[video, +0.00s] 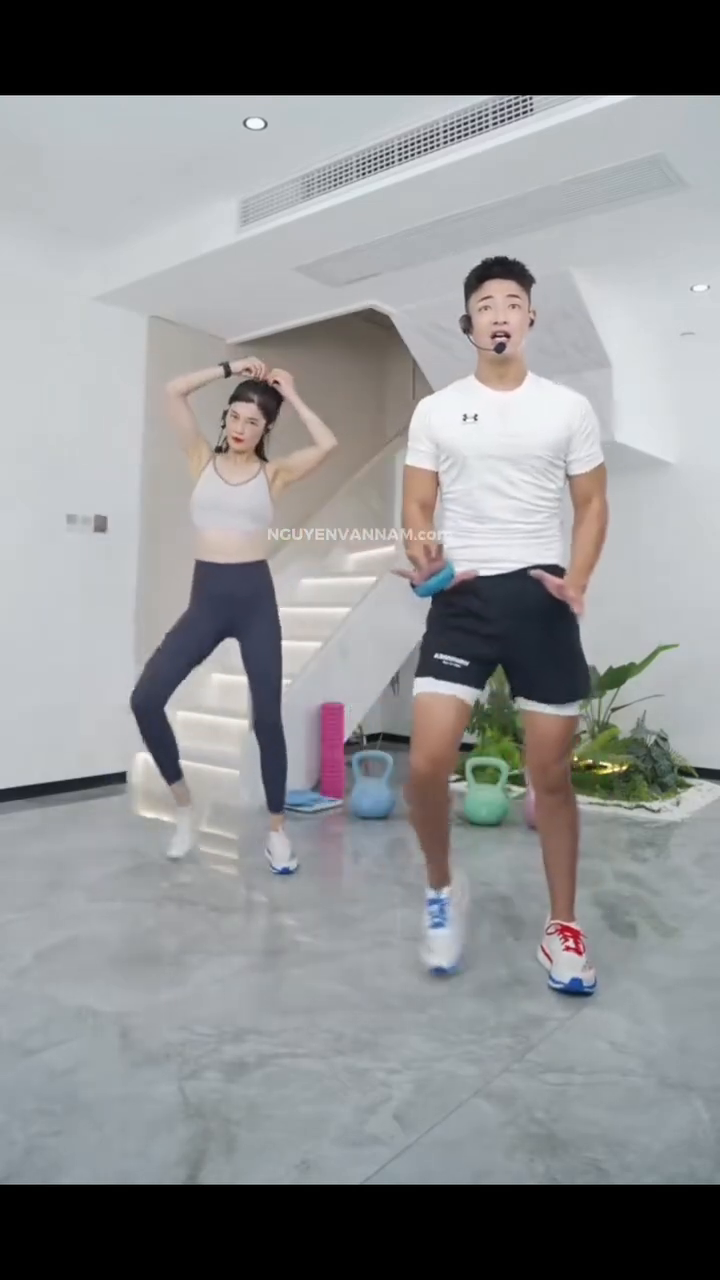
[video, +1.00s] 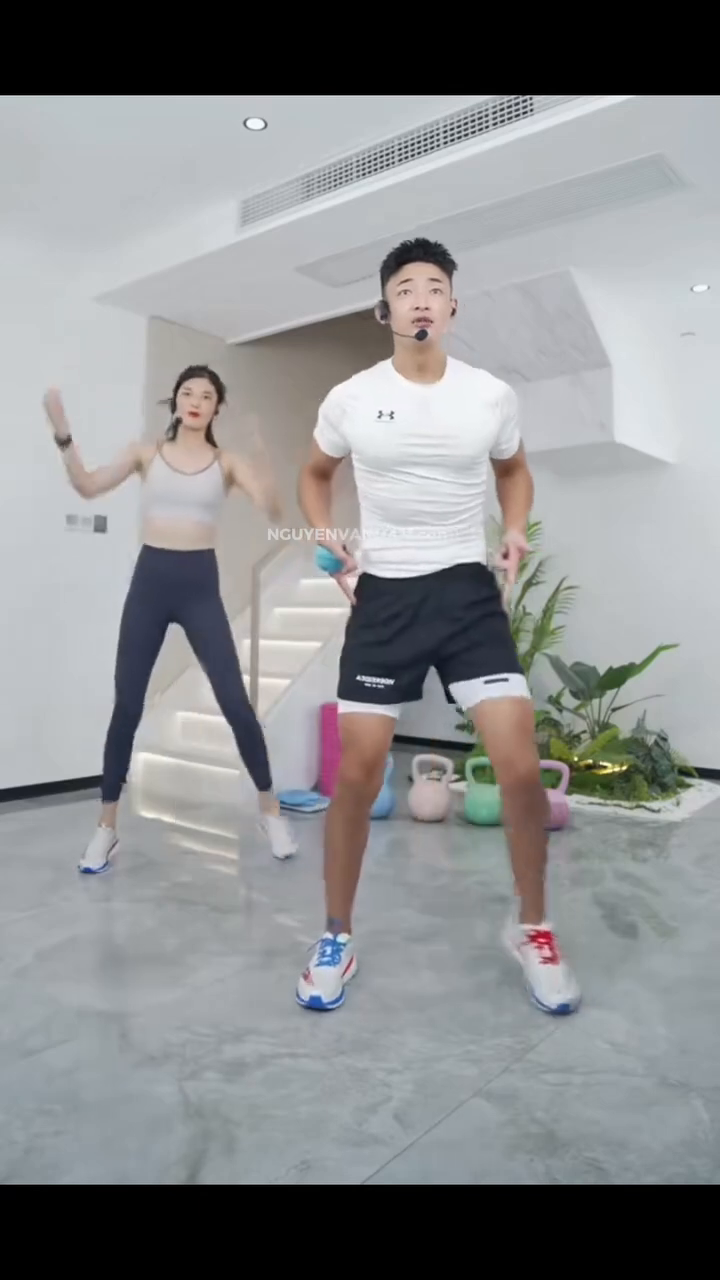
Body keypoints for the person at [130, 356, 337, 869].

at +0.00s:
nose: (241, 427)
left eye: (252, 421)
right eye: (236, 417)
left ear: (265, 429)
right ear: (226, 420)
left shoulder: (273, 474)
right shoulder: (203, 460)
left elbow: (327, 444)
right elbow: (173, 391)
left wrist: (292, 398)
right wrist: (228, 368)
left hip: (255, 599)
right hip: (207, 598)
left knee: (267, 718)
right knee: (145, 700)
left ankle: (277, 829)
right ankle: (185, 806)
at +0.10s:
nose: (233, 418)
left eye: (244, 412)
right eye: (228, 408)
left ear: (257, 421)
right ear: (216, 410)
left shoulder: (262, 466)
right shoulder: (191, 448)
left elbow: (315, 438)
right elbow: (168, 377)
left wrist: (283, 392)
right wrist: (222, 359)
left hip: (240, 592)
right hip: (192, 590)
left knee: (257, 710)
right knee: (133, 701)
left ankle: (276, 824)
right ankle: (133, 810)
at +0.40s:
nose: (191, 439)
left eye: (202, 434)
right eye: (187, 429)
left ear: (214, 440)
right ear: (175, 428)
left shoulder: (212, 488)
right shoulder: (146, 462)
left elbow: (251, 475)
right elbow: (116, 395)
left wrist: (235, 422)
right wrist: (174, 378)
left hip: (173, 607)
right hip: (123, 600)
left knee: (217, 711)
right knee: (103, 715)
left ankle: (238, 808)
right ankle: (104, 829)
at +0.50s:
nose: (184, 430)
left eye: (194, 424)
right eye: (178, 420)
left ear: (205, 431)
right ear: (165, 420)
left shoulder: (207, 478)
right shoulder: (136, 456)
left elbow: (250, 469)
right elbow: (101, 396)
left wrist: (228, 415)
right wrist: (159, 372)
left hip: (168, 597)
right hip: (118, 592)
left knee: (179, 710)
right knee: (104, 711)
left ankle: (182, 793)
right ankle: (103, 826)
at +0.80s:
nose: (175, 424)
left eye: (185, 417)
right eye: (168, 415)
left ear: (198, 426)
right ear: (154, 419)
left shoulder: (204, 479)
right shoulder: (128, 461)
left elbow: (254, 483)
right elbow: (72, 439)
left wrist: (237, 417)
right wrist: (104, 384)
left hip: (170, 600)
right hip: (120, 595)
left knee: (189, 710)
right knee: (103, 714)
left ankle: (174, 793)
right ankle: (104, 827)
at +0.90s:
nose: (183, 417)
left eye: (192, 411)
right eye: (175, 408)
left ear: (203, 422)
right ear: (160, 413)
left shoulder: (209, 475)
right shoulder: (134, 461)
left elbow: (260, 499)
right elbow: (72, 464)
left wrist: (249, 431)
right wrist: (77, 399)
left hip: (182, 600)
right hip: (130, 595)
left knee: (223, 704)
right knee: (109, 714)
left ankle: (224, 788)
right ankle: (105, 828)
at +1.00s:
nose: (196, 402)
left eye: (206, 397)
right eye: (189, 394)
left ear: (217, 409)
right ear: (174, 402)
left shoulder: (226, 461)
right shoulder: (148, 452)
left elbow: (272, 510)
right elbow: (87, 484)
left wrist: (266, 470)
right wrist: (63, 434)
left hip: (200, 586)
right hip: (149, 584)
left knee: (236, 706)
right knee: (127, 707)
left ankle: (271, 810)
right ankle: (107, 825)